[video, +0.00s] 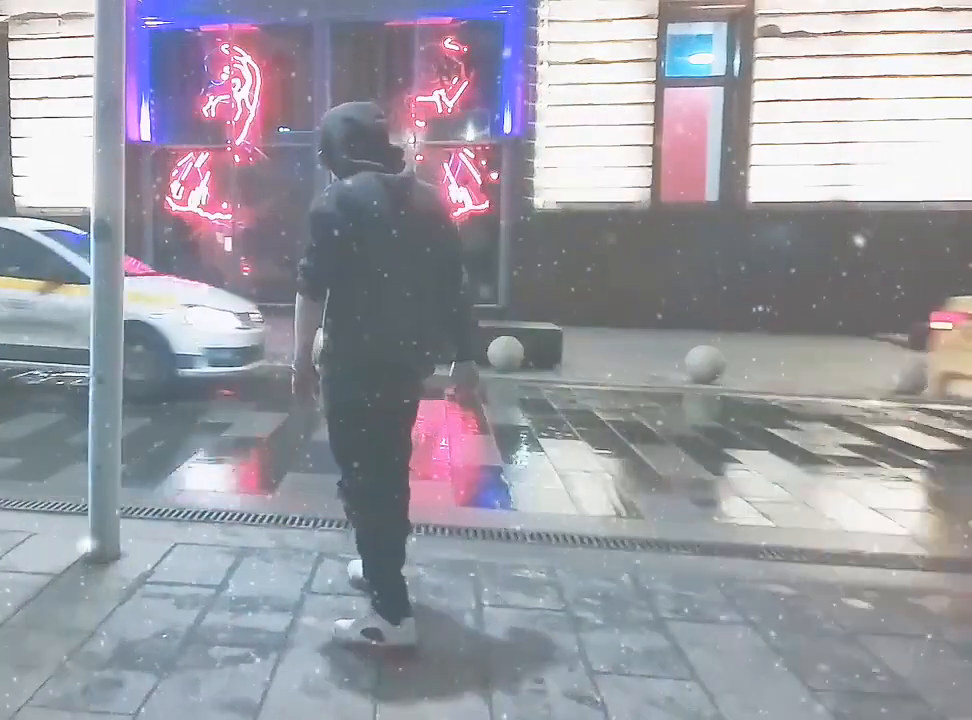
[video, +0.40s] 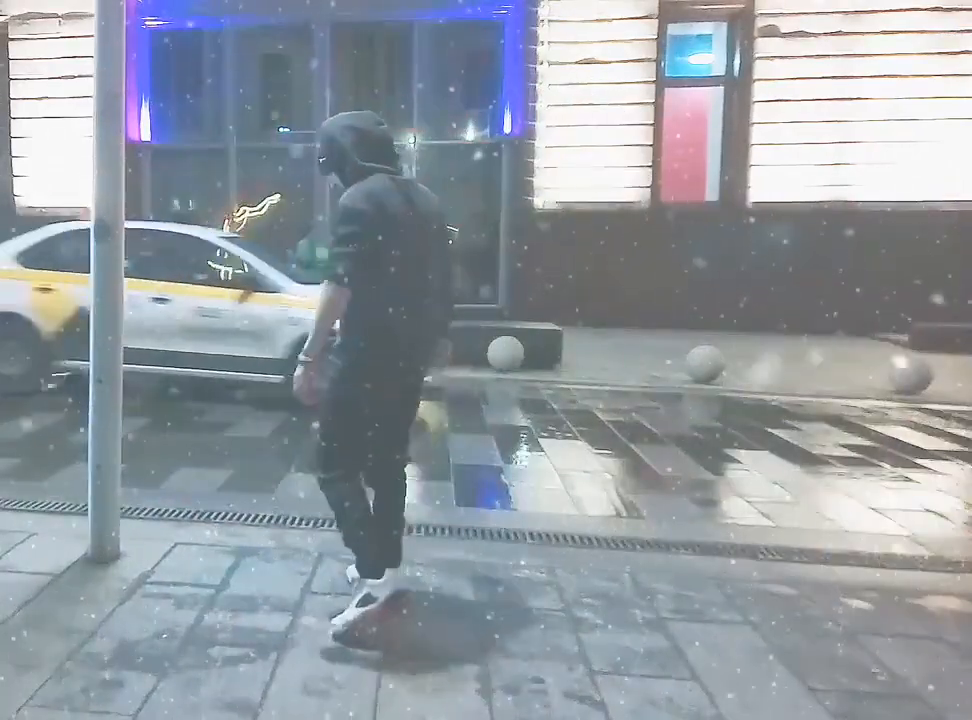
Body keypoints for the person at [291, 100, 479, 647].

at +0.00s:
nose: (325, 166)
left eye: (326, 156)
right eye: (327, 157)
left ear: (336, 154)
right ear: (381, 146)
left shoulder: (335, 202)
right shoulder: (425, 199)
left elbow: (313, 289)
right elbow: (455, 287)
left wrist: (301, 355)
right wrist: (466, 365)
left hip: (353, 357)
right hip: (409, 355)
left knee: (361, 472)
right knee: (393, 464)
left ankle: (394, 614)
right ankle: (379, 566)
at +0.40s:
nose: (330, 176)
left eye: (331, 165)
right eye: (328, 167)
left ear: (347, 156)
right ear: (382, 149)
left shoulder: (357, 200)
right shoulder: (426, 200)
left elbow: (339, 288)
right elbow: (441, 293)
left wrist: (311, 356)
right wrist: (426, 352)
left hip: (366, 350)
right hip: (412, 350)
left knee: (334, 463)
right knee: (388, 461)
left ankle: (373, 574)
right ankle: (385, 573)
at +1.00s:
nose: (360, 184)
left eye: (363, 171)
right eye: (357, 173)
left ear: (388, 161)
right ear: (384, 164)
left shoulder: (430, 211)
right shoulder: (401, 208)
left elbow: (439, 296)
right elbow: (385, 287)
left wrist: (430, 367)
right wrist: (353, 335)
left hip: (408, 360)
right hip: (389, 356)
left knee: (401, 463)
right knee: (401, 462)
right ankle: (384, 569)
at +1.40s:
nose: (419, 179)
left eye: (426, 167)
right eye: (414, 168)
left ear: (454, 160)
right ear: (417, 167)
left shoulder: (505, 208)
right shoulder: (428, 215)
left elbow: (512, 289)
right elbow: (411, 292)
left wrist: (491, 360)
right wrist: (390, 349)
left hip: (476, 370)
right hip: (427, 366)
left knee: (487, 480)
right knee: (395, 456)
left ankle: (483, 579)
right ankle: (389, 567)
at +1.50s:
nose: (430, 177)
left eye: (438, 165)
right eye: (426, 167)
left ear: (466, 161)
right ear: (426, 167)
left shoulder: (513, 210)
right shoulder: (432, 215)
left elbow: (528, 291)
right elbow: (415, 290)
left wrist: (512, 364)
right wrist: (400, 353)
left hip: (484, 371)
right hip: (431, 365)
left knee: (491, 482)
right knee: (401, 466)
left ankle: (482, 582)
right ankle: (388, 573)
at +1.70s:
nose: (460, 173)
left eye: (470, 162)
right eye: (453, 163)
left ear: (492, 158)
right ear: (445, 161)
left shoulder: (532, 211)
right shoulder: (436, 211)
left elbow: (550, 293)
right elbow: (419, 289)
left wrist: (554, 367)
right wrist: (405, 352)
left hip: (499, 368)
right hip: (438, 361)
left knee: (496, 479)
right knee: (413, 467)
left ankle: (483, 579)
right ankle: (393, 577)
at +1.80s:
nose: (470, 171)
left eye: (479, 160)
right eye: (461, 160)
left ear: (501, 157)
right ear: (452, 160)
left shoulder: (535, 212)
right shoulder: (435, 210)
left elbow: (556, 292)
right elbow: (416, 290)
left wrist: (566, 366)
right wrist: (400, 350)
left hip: (502, 366)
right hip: (437, 360)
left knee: (496, 477)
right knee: (416, 466)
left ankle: (484, 576)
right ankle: (395, 577)